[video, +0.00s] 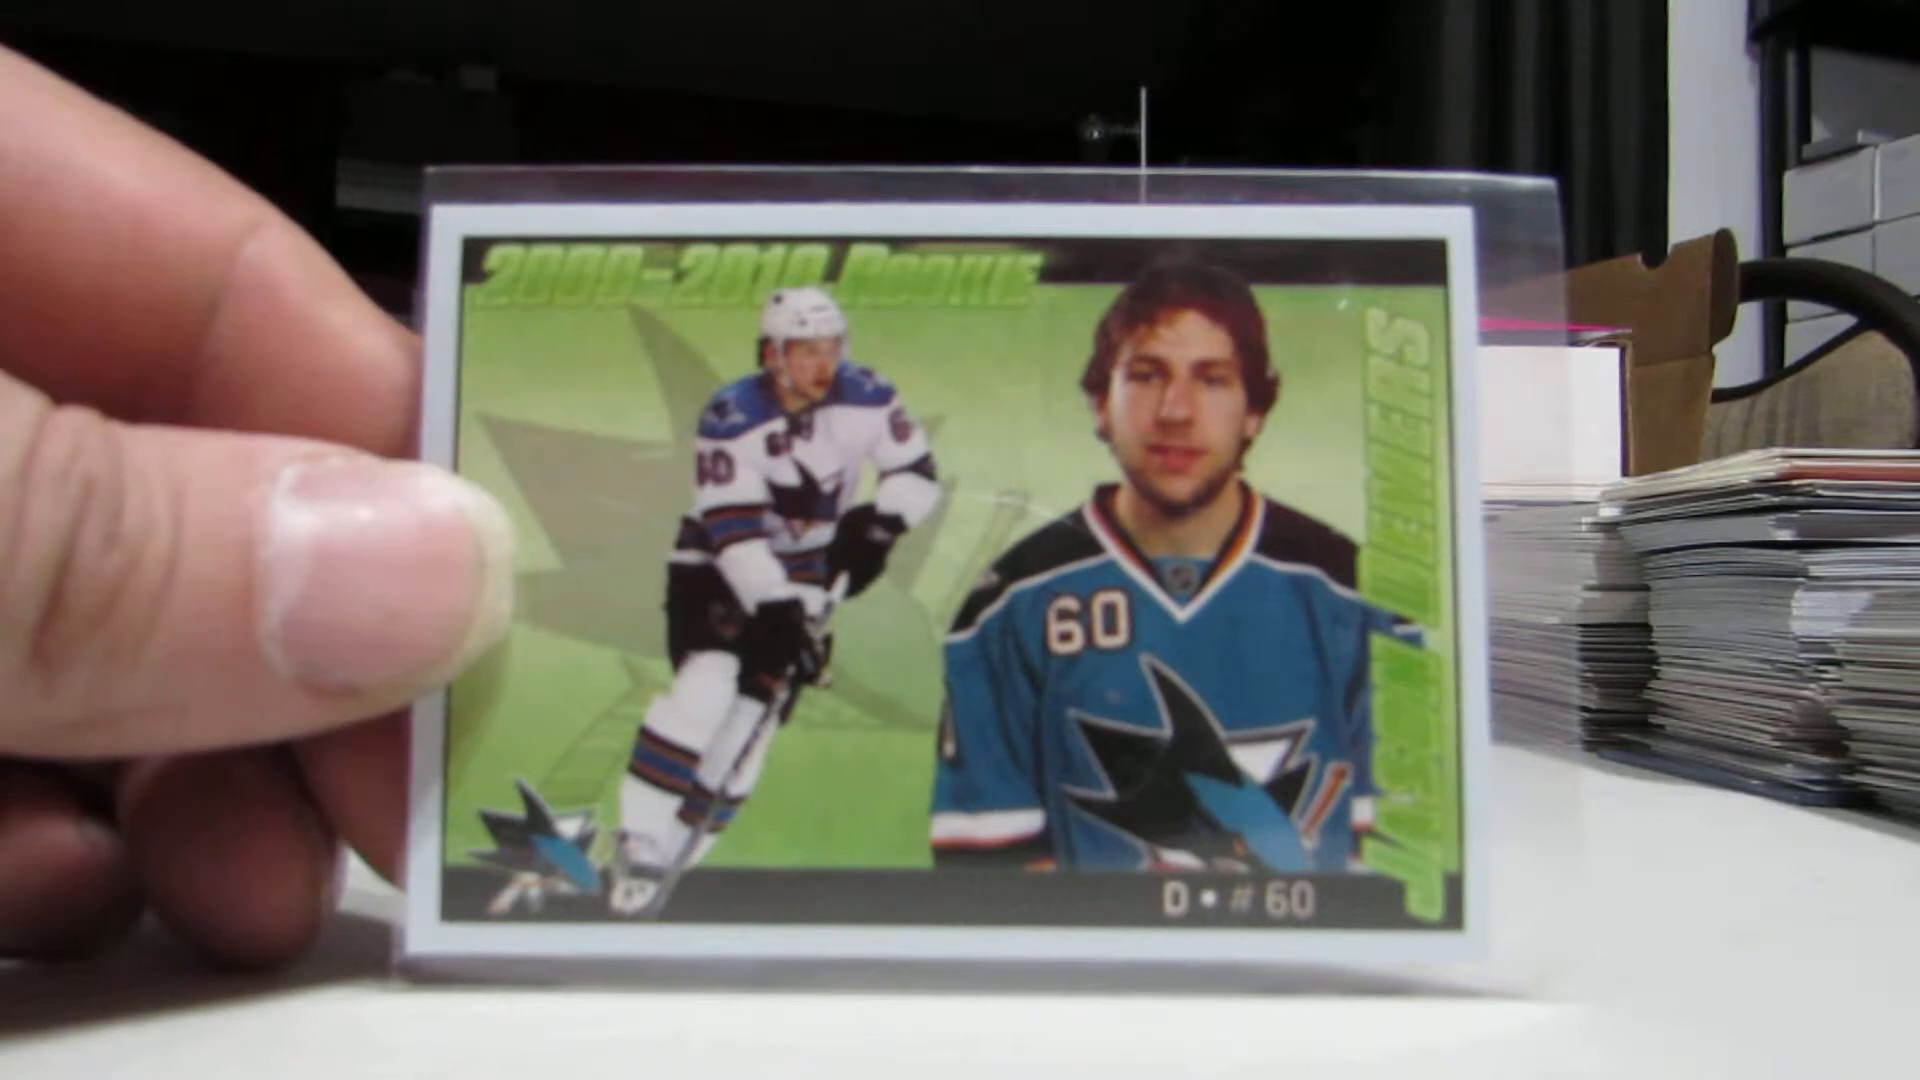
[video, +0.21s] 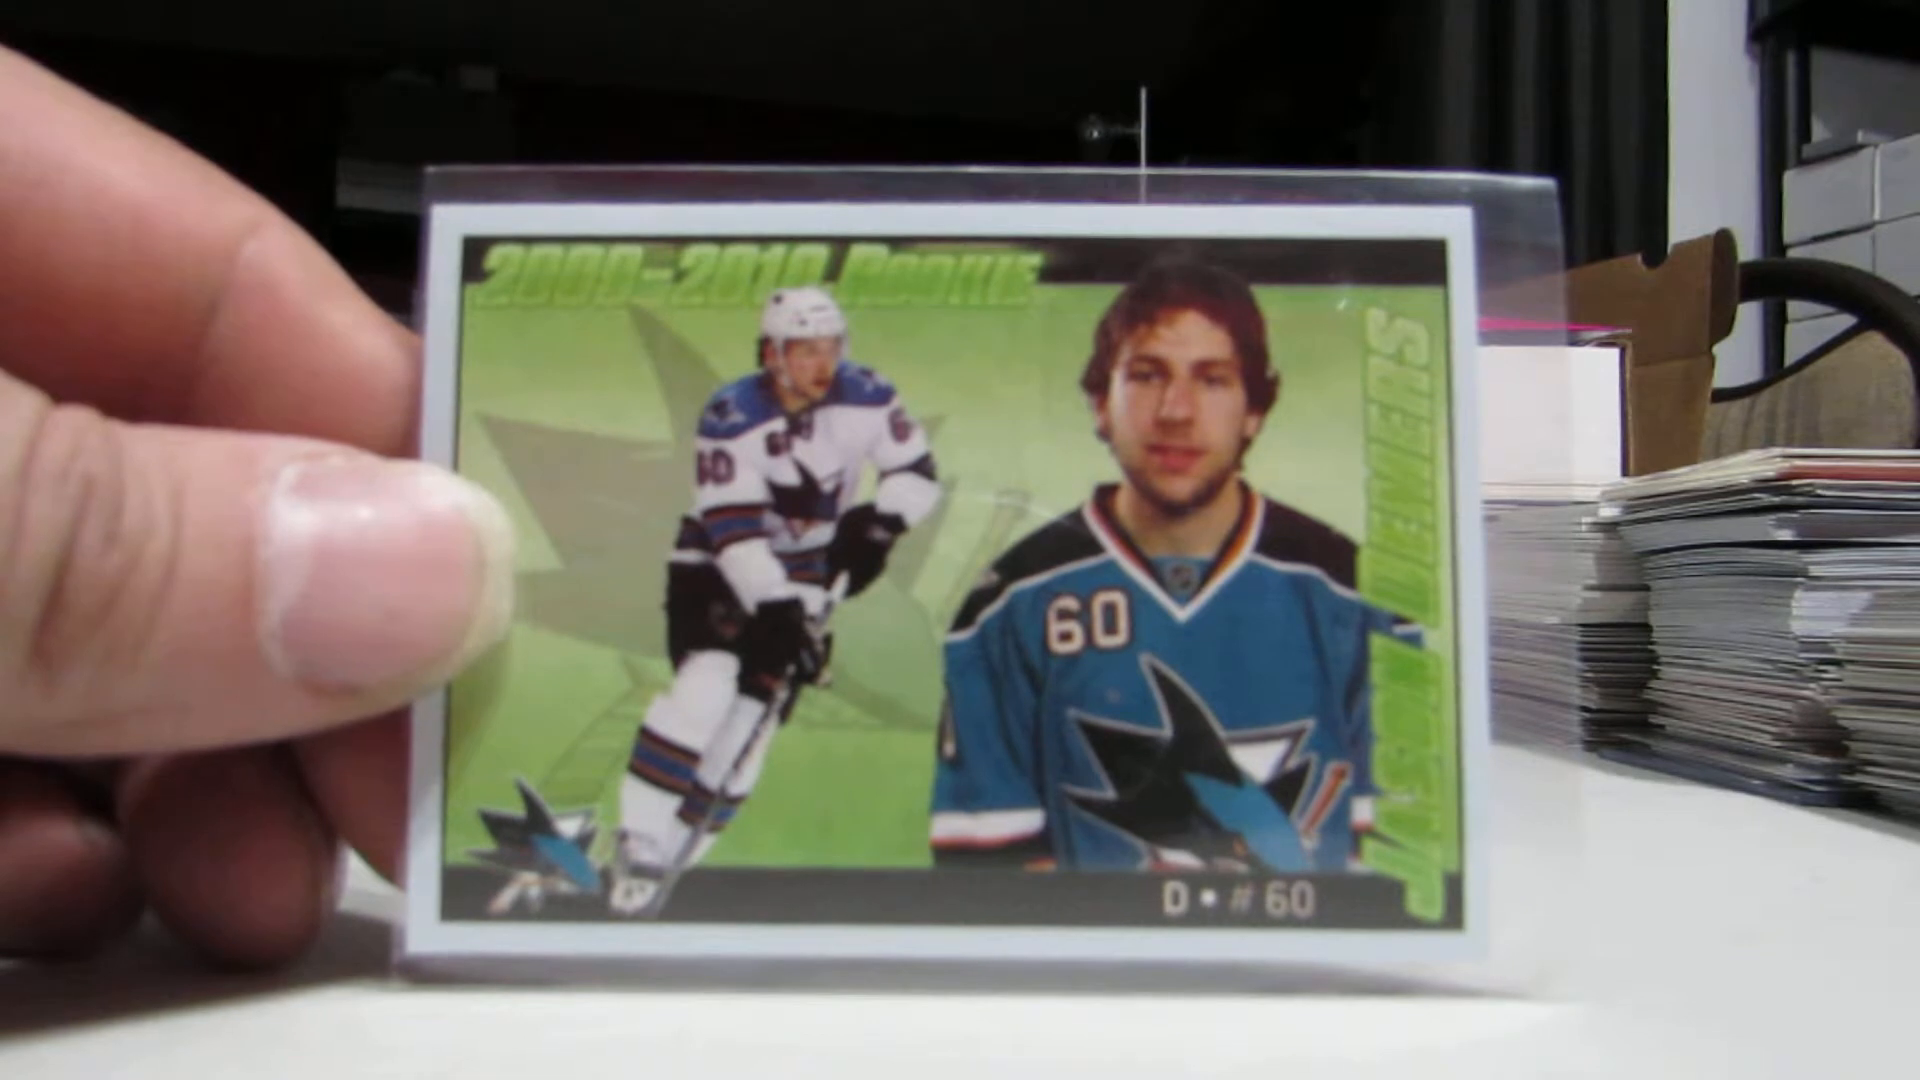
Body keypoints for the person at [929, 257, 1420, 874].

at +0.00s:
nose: (1175, 409)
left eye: (1211, 379)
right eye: (1146, 375)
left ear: (1253, 412)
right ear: (1101, 406)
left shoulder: (1349, 587)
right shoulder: (1014, 603)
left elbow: (1394, 853)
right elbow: (989, 874)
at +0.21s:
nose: (1175, 409)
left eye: (1211, 379)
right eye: (1146, 375)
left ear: (1253, 412)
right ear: (1101, 406)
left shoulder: (1350, 588)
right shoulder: (1013, 603)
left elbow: (1395, 854)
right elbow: (989, 873)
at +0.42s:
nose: (1175, 409)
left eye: (1211, 379)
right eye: (1146, 375)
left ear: (1253, 412)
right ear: (1101, 406)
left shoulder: (1350, 587)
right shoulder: (1013, 603)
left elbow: (1395, 854)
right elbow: (988, 874)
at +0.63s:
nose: (1175, 409)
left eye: (1211, 379)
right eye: (1145, 375)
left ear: (1254, 411)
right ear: (1101, 405)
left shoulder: (1350, 587)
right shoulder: (1014, 604)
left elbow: (1395, 853)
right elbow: (991, 876)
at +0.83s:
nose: (1176, 409)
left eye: (1212, 378)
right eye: (1147, 375)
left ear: (1255, 412)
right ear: (1102, 406)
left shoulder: (1353, 588)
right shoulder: (1015, 605)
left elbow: (1398, 854)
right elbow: (993, 876)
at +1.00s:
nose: (1175, 414)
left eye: (1210, 383)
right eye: (1146, 380)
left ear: (1252, 415)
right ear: (1101, 409)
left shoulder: (1349, 589)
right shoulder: (1016, 606)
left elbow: (1395, 848)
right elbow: (992, 868)